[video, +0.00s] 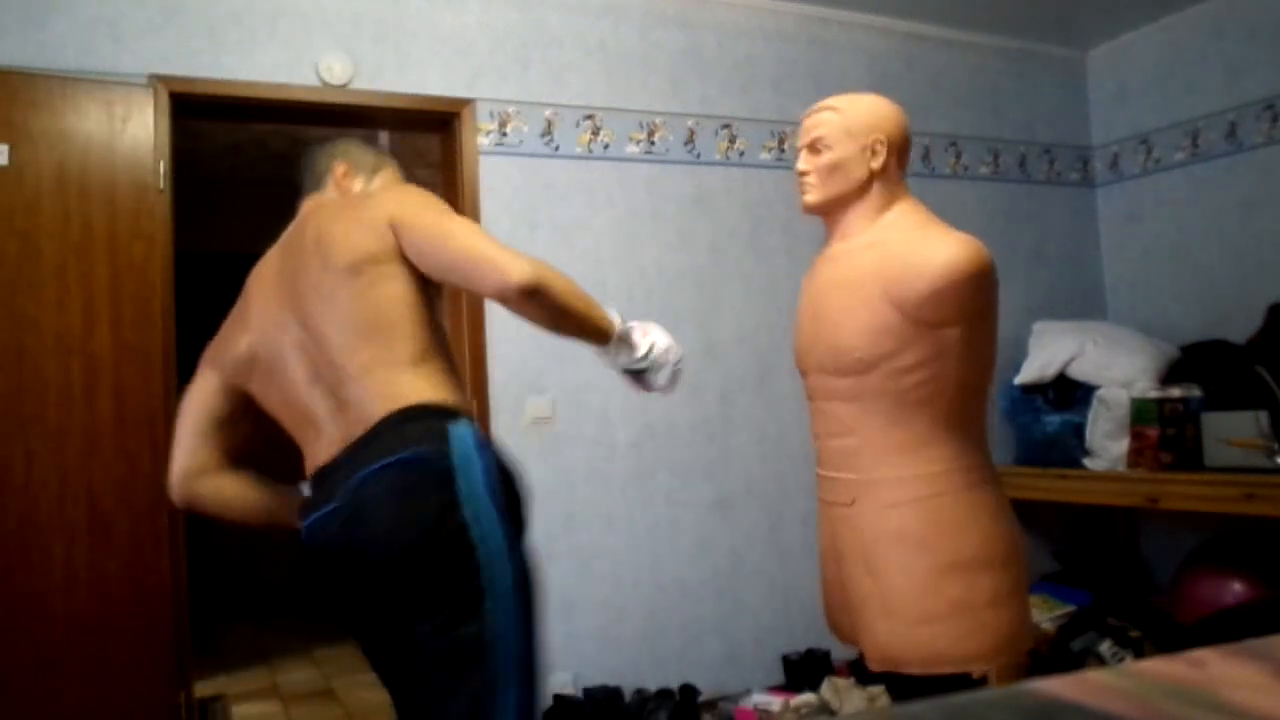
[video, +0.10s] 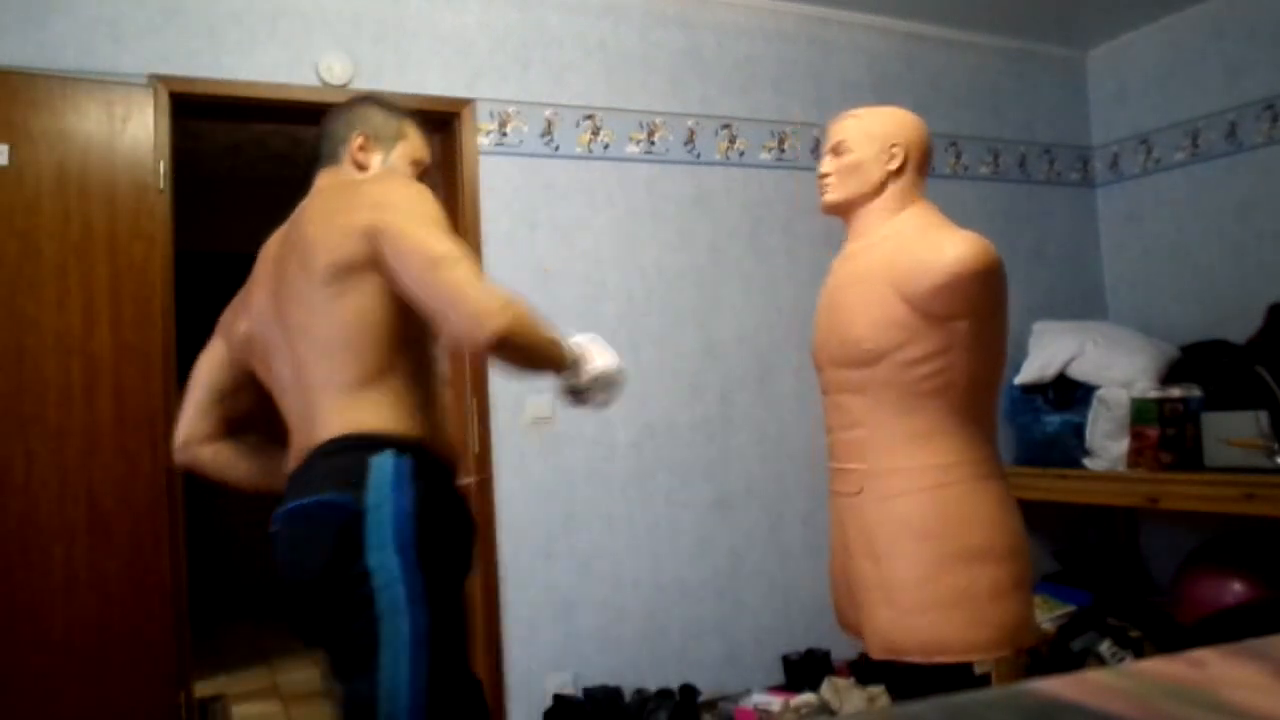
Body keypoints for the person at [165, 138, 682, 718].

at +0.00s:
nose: (395, 207)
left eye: (396, 196)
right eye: (391, 194)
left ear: (324, 184)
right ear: (345, 178)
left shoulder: (239, 321)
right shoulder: (378, 204)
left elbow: (191, 477)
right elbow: (518, 280)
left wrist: (314, 504)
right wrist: (619, 339)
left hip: (335, 517)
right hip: (429, 467)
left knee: (424, 703)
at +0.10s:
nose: (420, 186)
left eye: (421, 172)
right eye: (414, 169)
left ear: (354, 157)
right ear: (362, 153)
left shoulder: (263, 277)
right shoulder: (380, 200)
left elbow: (195, 440)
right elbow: (484, 322)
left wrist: (312, 472)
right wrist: (569, 359)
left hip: (311, 502)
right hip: (381, 490)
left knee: (442, 696)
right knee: (408, 702)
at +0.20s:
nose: (431, 186)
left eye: (432, 167)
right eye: (421, 160)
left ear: (359, 146)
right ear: (362, 144)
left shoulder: (288, 225)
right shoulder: (343, 218)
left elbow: (241, 420)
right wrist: (490, 415)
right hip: (333, 525)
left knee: (449, 710)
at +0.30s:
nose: (425, 193)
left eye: (425, 172)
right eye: (411, 165)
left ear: (347, 159)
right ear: (344, 155)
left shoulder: (309, 269)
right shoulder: (266, 264)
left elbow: (325, 432)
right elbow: (244, 467)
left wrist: (421, 450)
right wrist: (403, 509)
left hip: (323, 576)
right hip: (261, 584)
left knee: (461, 708)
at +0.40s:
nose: (406, 168)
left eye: (406, 146)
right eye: (391, 141)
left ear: (322, 134)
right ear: (318, 132)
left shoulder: (341, 270)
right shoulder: (206, 242)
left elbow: (356, 400)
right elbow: (97, 431)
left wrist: (439, 411)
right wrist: (280, 516)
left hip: (332, 584)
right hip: (224, 589)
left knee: (445, 712)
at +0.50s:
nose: (388, 109)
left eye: (387, 87)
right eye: (369, 81)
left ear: (296, 72)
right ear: (293, 71)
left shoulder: (350, 218)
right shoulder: (162, 183)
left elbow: (352, 368)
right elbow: (28, 344)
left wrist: (411, 358)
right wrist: (186, 435)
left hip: (334, 524)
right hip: (202, 532)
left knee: (394, 714)